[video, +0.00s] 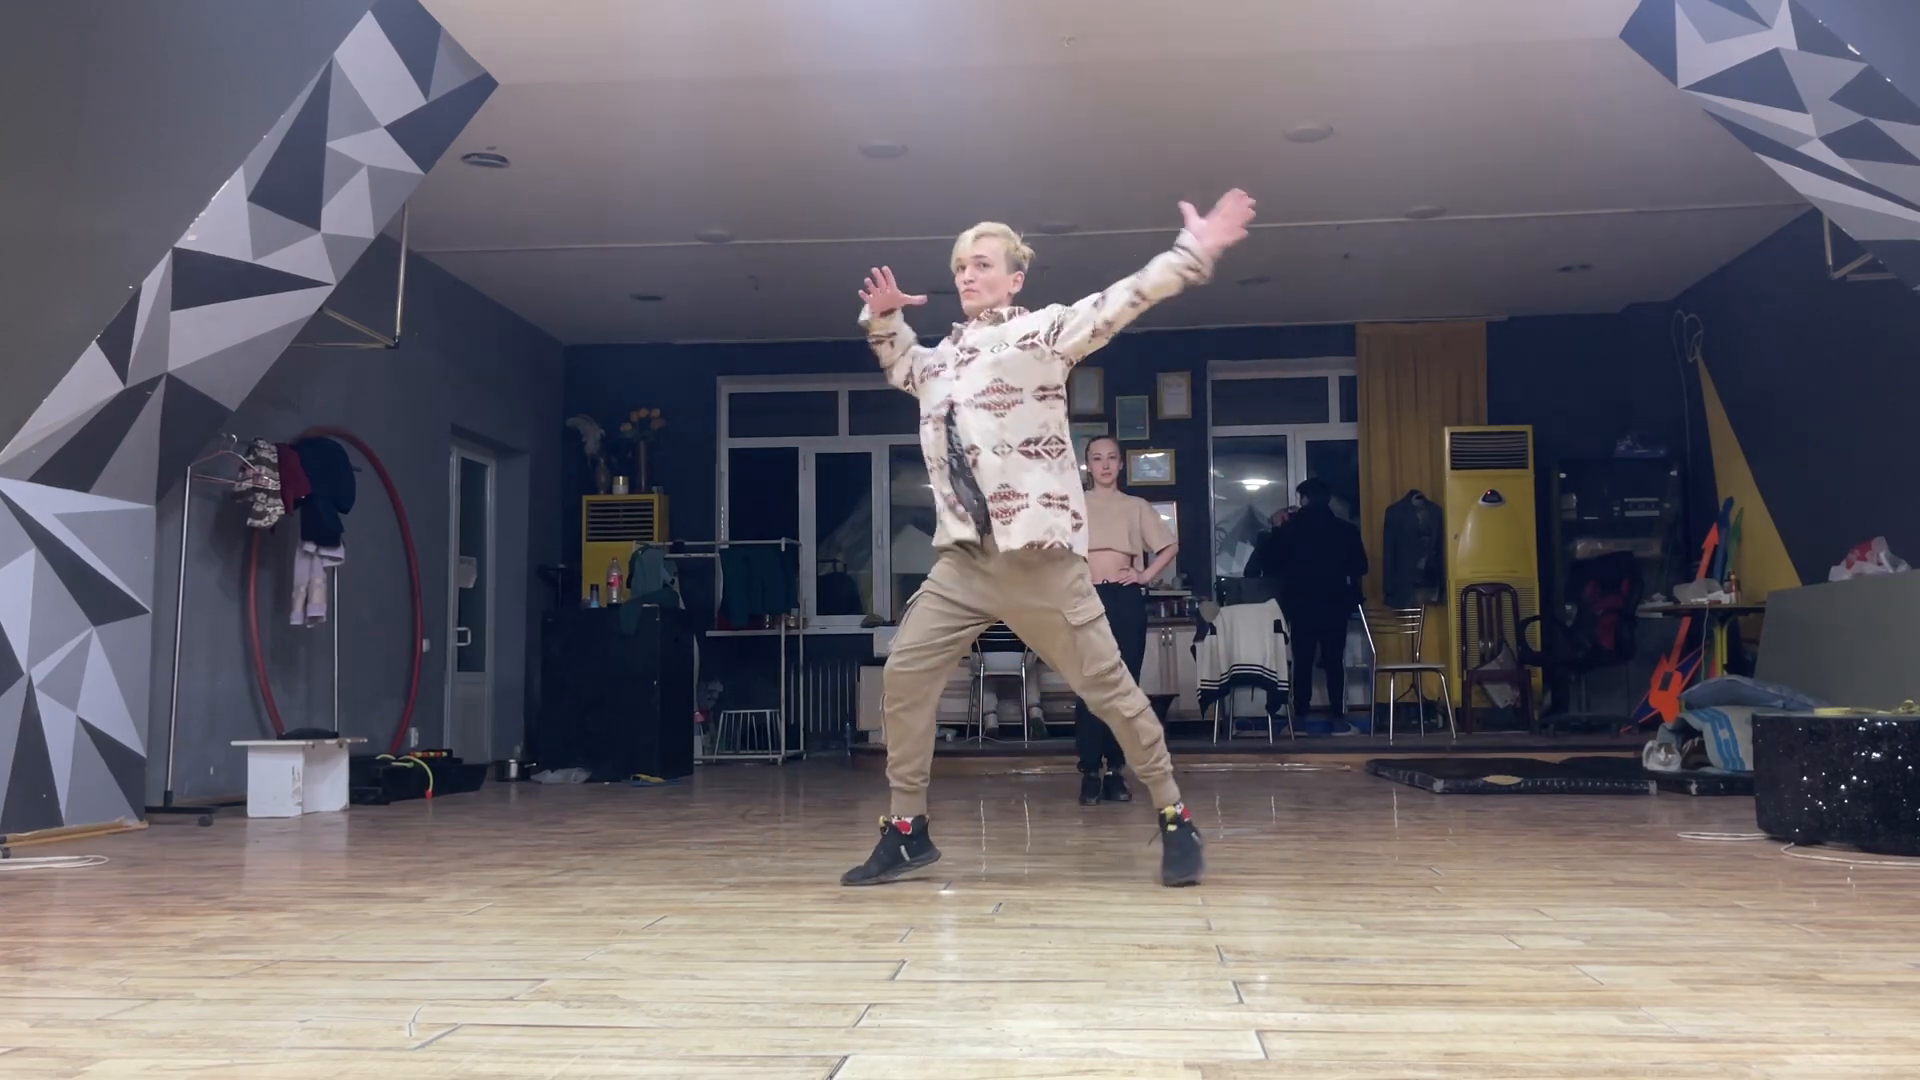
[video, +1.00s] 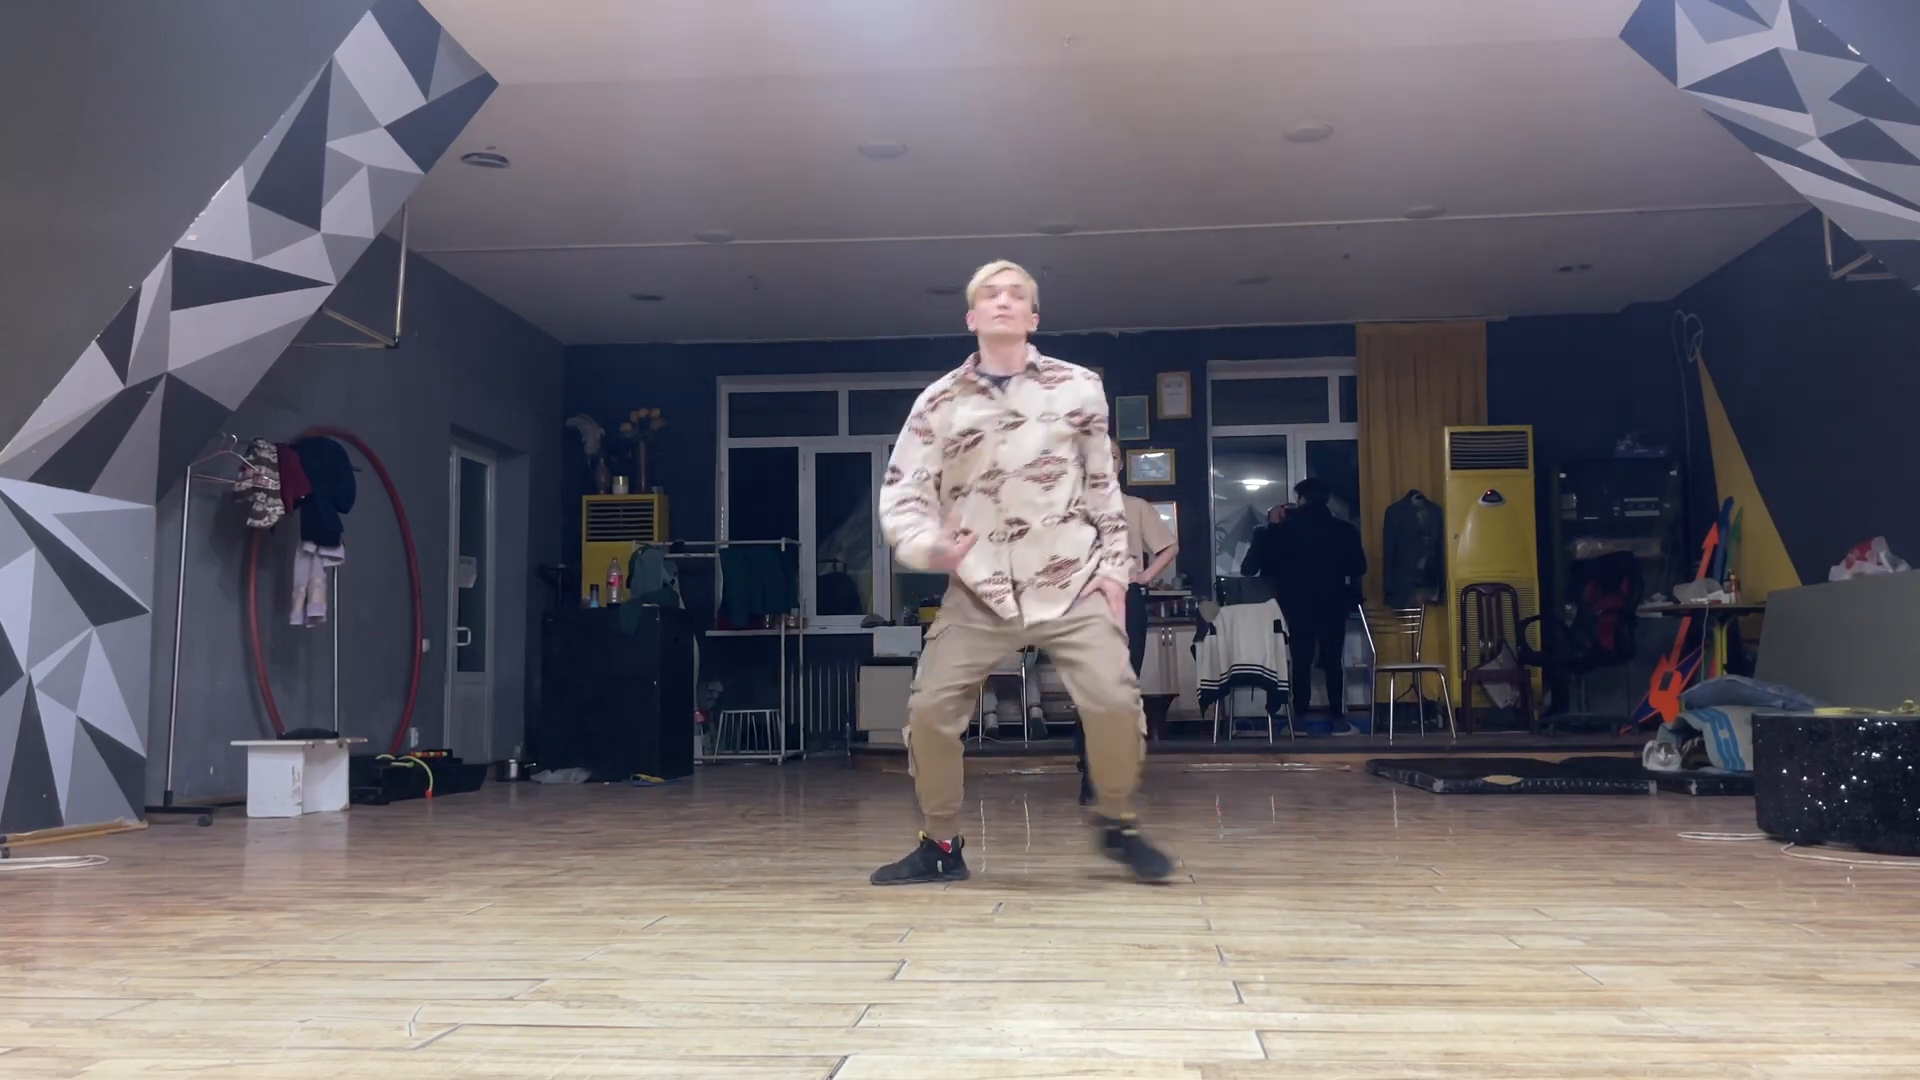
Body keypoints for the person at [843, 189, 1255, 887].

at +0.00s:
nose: (967, 276)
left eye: (982, 265)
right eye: (961, 267)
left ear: (1015, 279)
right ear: (957, 280)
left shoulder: (1041, 331)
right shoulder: (943, 353)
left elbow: (1116, 303)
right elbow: (907, 369)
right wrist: (885, 320)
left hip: (1042, 554)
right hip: (964, 556)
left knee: (1105, 684)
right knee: (905, 672)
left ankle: (1173, 819)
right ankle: (906, 828)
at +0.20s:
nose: (966, 292)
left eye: (980, 282)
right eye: (959, 284)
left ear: (1014, 298)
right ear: (952, 299)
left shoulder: (1046, 354)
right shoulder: (942, 363)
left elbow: (1121, 354)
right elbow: (893, 386)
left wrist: (1202, 351)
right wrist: (855, 392)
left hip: (1031, 581)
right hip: (959, 581)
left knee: (1083, 712)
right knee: (902, 692)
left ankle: (1182, 820)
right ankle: (912, 841)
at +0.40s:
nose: (1006, 312)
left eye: (1018, 300)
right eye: (996, 305)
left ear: (1047, 313)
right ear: (987, 319)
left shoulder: (1079, 368)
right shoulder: (977, 379)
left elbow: (1028, 413)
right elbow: (958, 442)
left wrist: (938, 388)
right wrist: (997, 373)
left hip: (1065, 578)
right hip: (989, 574)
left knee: (1098, 714)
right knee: (916, 687)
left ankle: (1162, 834)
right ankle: (914, 841)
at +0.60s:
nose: (1003, 294)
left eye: (1015, 282)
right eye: (991, 286)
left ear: (1039, 286)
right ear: (977, 295)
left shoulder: (1053, 335)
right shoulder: (985, 337)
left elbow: (1067, 233)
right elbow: (972, 268)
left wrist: (1075, 133)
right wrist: (939, 215)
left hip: (1064, 550)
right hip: (1007, 562)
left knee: (1147, 682)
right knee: (921, 666)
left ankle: (1258, 815)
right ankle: (924, 826)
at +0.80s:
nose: (968, 342)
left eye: (982, 329)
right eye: (961, 333)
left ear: (1015, 336)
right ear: (955, 345)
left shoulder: (1033, 370)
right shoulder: (981, 408)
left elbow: (1098, 359)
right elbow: (991, 482)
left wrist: (1189, 353)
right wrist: (974, 550)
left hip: (1060, 585)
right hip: (1001, 595)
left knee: (1142, 717)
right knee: (909, 681)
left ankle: (1277, 827)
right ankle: (930, 833)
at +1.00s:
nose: (1003, 301)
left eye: (1015, 294)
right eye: (990, 294)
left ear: (1035, 317)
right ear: (970, 316)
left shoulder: (1078, 388)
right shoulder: (938, 403)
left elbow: (1104, 490)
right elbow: (902, 500)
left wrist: (1113, 567)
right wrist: (927, 546)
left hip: (1072, 591)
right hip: (979, 596)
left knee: (1116, 701)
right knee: (929, 712)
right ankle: (941, 844)